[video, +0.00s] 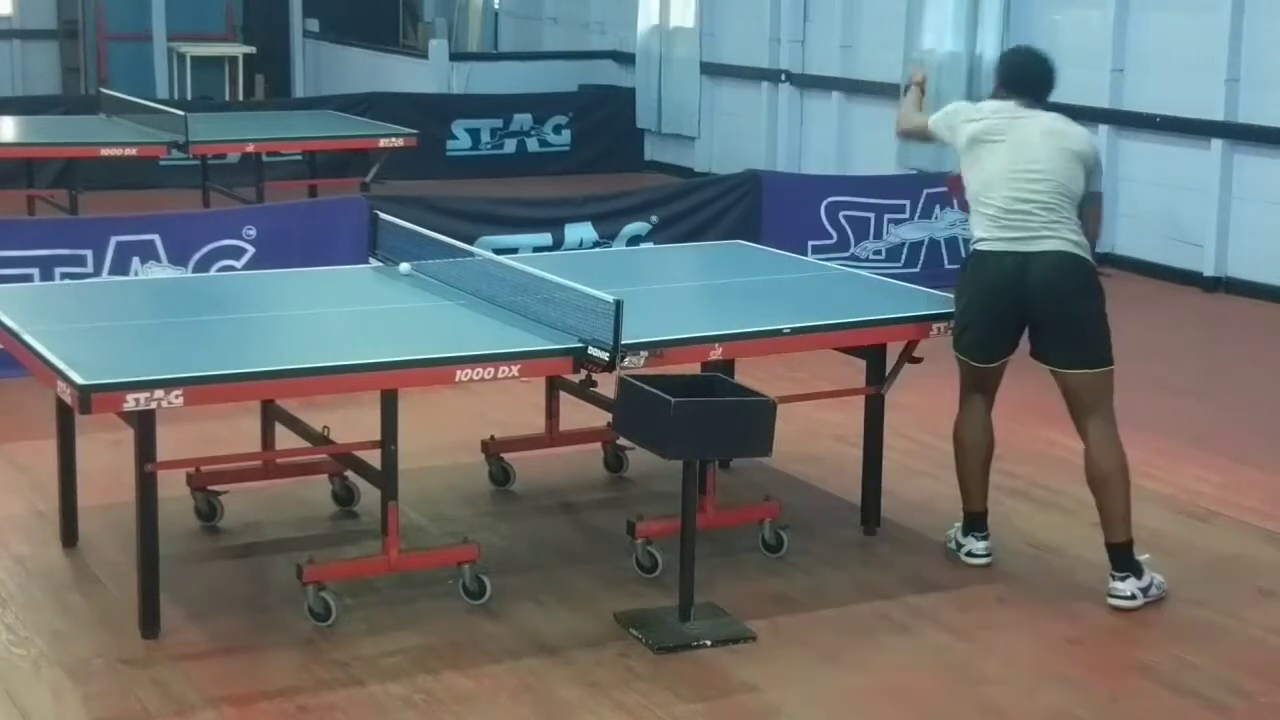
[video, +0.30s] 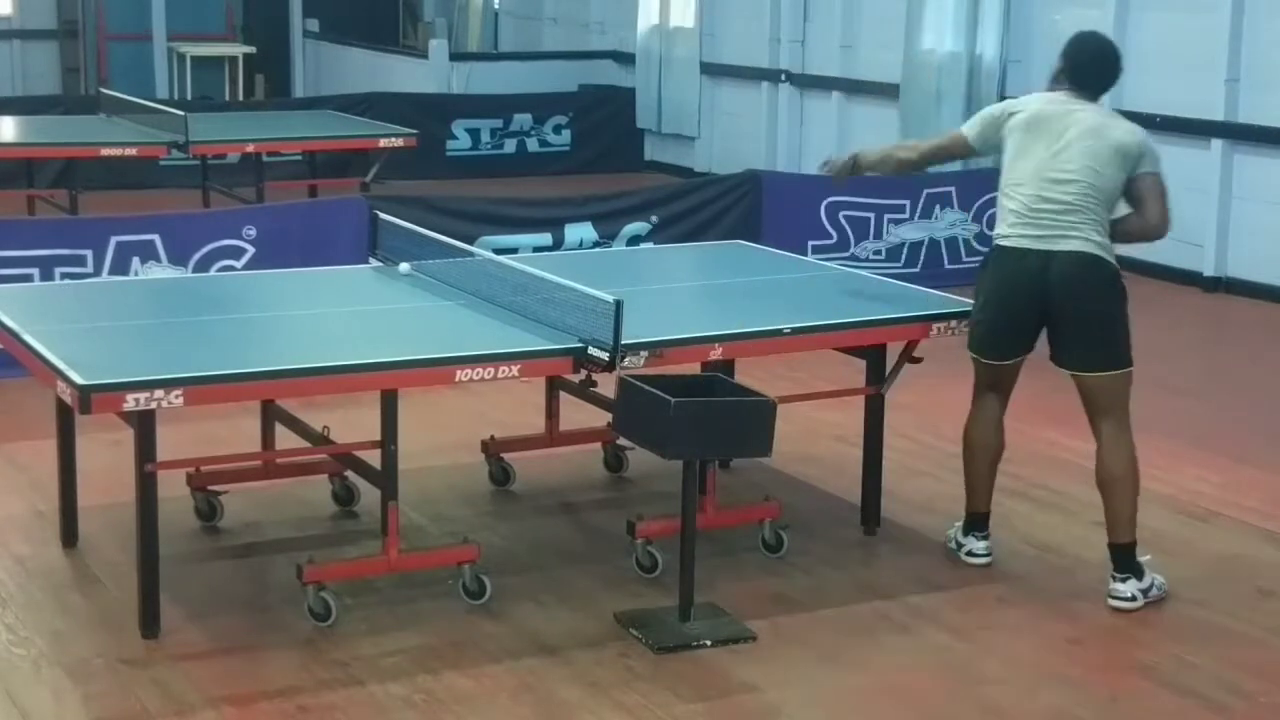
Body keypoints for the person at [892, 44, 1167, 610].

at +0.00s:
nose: (996, 87)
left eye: (998, 80)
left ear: (998, 84)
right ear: (1049, 91)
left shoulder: (969, 118)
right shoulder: (1080, 138)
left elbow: (907, 125)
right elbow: (1089, 230)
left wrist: (915, 89)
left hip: (989, 273)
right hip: (1066, 277)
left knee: (976, 396)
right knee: (1097, 421)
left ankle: (974, 532)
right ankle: (1124, 571)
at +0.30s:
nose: (1053, 76)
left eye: (1057, 68)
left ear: (1058, 73)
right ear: (1110, 85)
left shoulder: (1016, 112)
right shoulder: (1130, 136)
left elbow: (920, 155)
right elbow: (1154, 223)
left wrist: (858, 161)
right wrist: (1091, 229)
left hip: (1012, 271)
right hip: (1089, 279)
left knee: (989, 395)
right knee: (1111, 422)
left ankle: (975, 533)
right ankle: (1126, 574)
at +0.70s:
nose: (1039, 135)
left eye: (1043, 128)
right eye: (1044, 129)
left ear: (1053, 130)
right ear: (1100, 136)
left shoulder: (1030, 164)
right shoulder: (1134, 171)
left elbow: (951, 204)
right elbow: (1200, 226)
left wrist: (856, 202)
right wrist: (1133, 224)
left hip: (1070, 316)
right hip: (1144, 321)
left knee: (989, 395)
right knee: (1146, 443)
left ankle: (1012, 532)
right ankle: (1134, 554)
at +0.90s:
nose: (990, 131)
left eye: (998, 122)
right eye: (993, 121)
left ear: (1023, 131)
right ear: (1042, 137)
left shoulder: (1022, 168)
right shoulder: (1078, 179)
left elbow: (993, 224)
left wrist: (905, 237)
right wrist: (984, 243)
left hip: (1081, 318)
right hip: (1142, 321)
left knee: (989, 393)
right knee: (1113, 444)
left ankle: (1011, 532)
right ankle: (1143, 531)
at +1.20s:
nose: (987, 85)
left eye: (998, 78)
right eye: (989, 77)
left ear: (1029, 89)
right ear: (1014, 90)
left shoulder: (1047, 132)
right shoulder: (1018, 153)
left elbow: (1084, 194)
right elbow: (984, 232)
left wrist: (1027, 196)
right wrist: (962, 198)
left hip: (1093, 280)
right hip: (1069, 280)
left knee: (997, 391)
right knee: (1022, 382)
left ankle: (1012, 529)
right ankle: (1081, 474)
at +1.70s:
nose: (1024, 96)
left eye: (1035, 88)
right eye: (1023, 87)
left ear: (1069, 93)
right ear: (1030, 90)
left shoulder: (1116, 144)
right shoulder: (1028, 148)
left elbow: (1155, 216)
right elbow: (1034, 218)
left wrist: (1093, 243)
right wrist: (999, 223)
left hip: (1128, 268)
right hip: (1069, 269)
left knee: (1128, 377)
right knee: (1015, 351)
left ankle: (1200, 481)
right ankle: (1034, 433)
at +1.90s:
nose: (1029, 114)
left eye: (1040, 105)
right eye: (1029, 105)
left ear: (1074, 108)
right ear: (1037, 106)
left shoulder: (1119, 151)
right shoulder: (1047, 160)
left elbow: (1171, 223)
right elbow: (1061, 234)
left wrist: (1095, 238)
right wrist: (1016, 234)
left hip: (1162, 271)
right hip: (1105, 275)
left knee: (1169, 382)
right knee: (1042, 354)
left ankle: (1246, 502)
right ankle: (1071, 439)